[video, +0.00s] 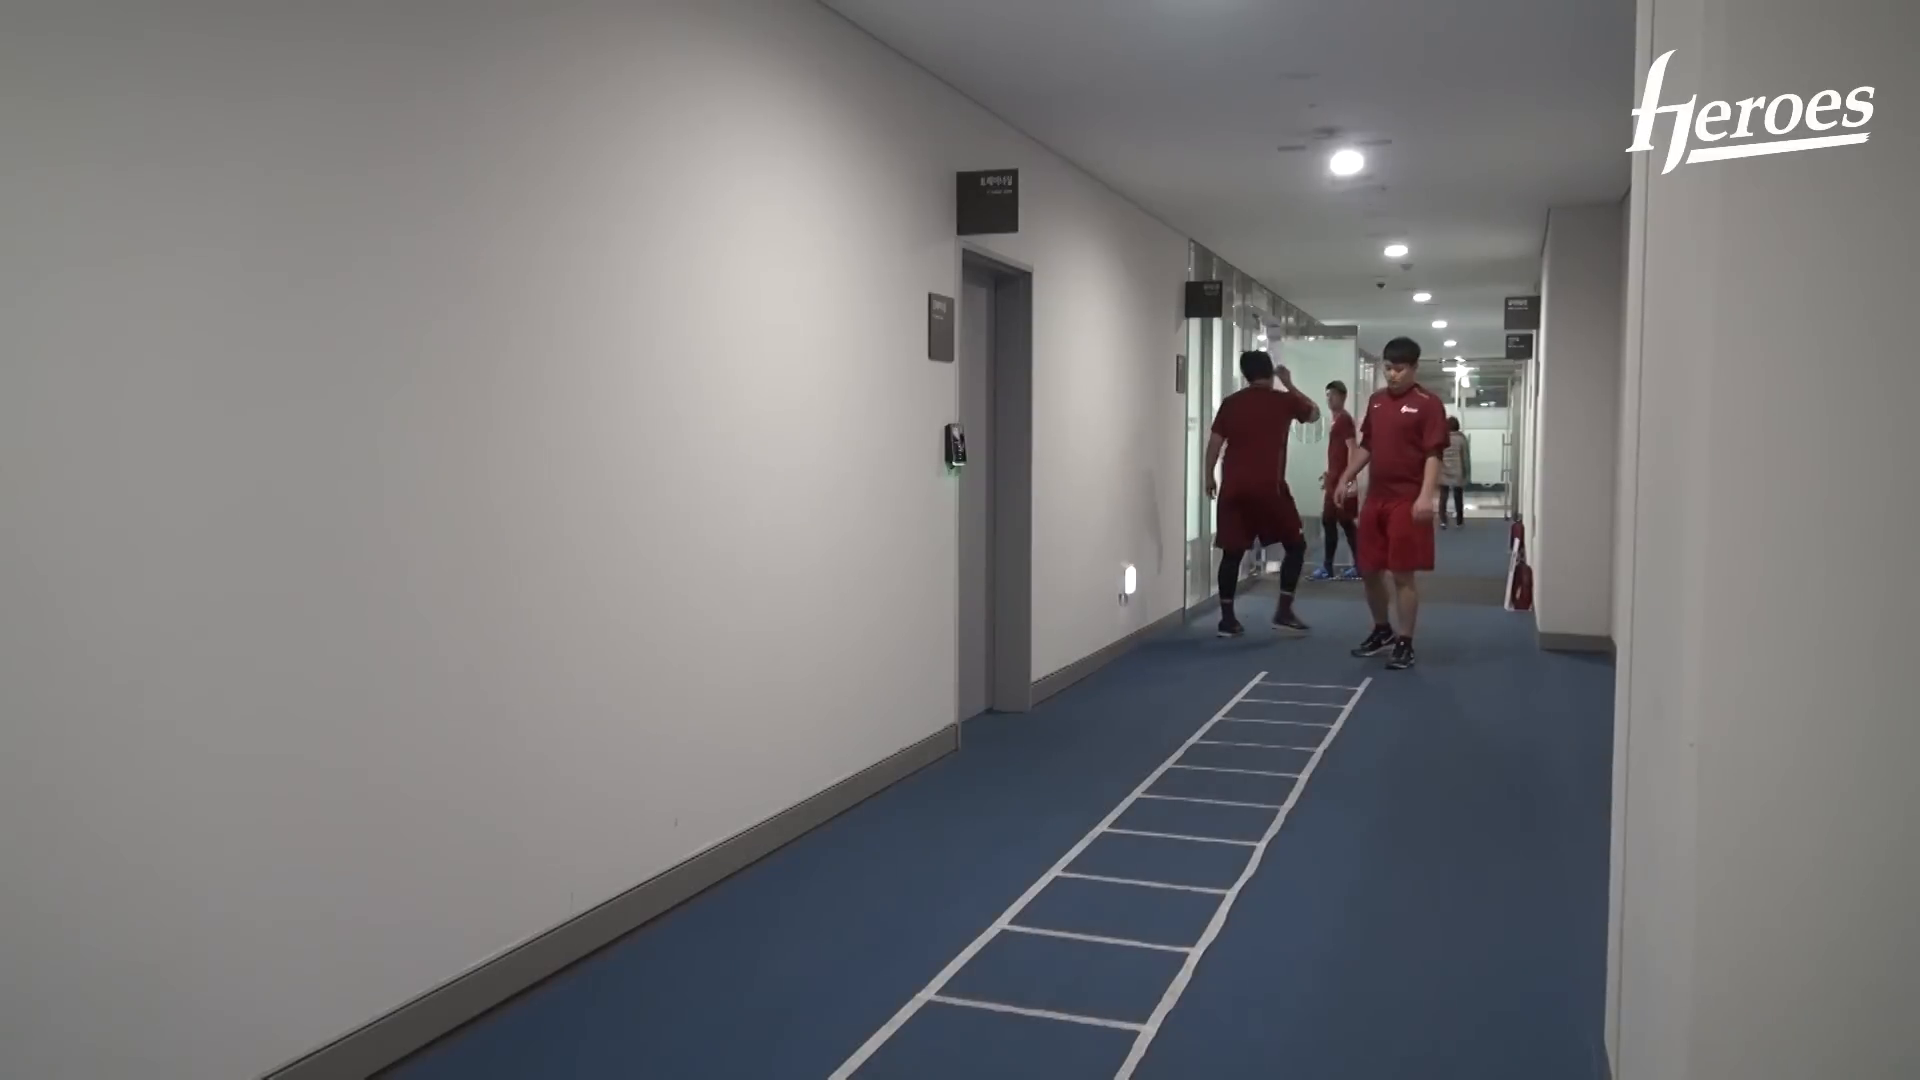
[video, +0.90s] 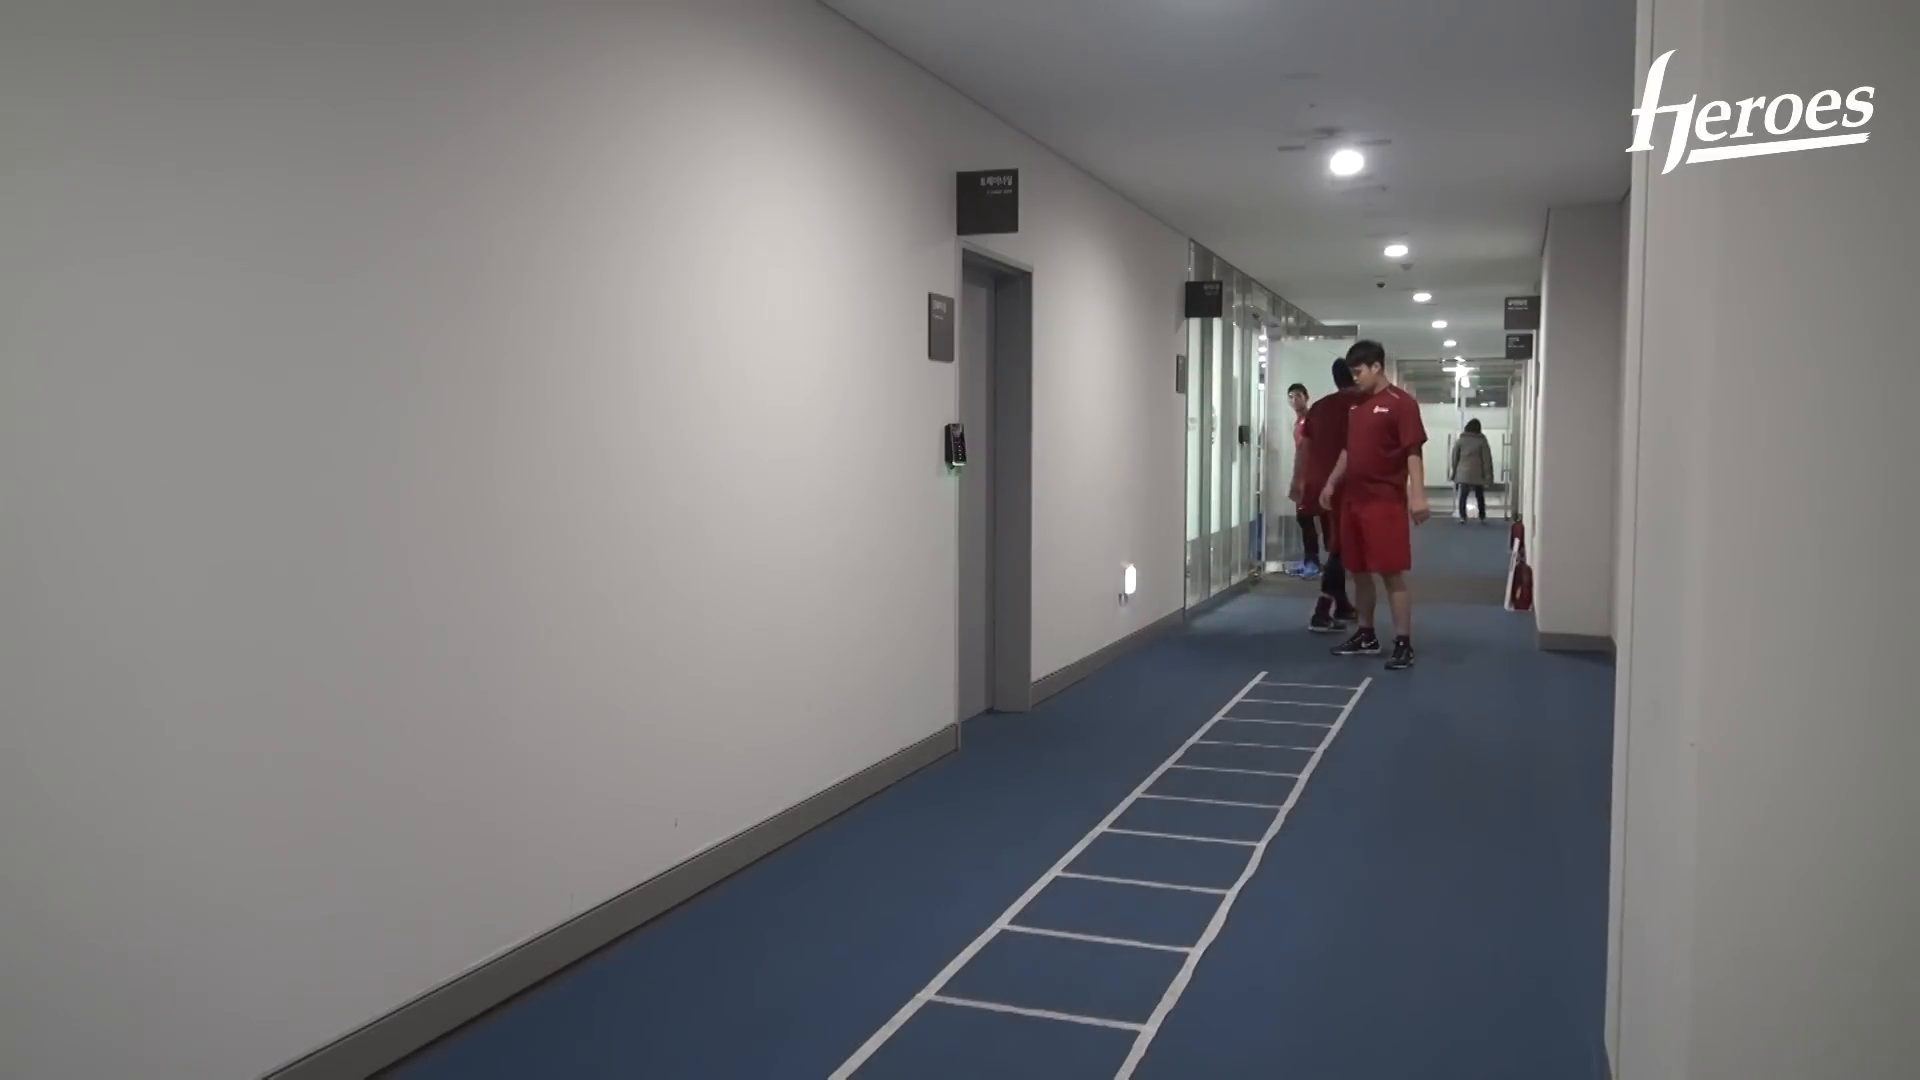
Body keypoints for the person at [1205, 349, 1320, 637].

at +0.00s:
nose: (1270, 377)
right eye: (1270, 372)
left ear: (1245, 375)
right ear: (1272, 373)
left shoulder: (1231, 402)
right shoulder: (1283, 400)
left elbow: (1215, 443)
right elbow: (1313, 413)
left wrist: (1208, 476)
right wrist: (1290, 385)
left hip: (1233, 489)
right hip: (1270, 488)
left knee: (1232, 553)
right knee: (1295, 545)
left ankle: (1227, 618)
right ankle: (1284, 611)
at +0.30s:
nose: (1308, 380)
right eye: (1308, 376)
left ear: (1282, 377)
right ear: (1308, 377)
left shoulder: (1267, 405)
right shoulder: (1315, 407)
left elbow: (1249, 444)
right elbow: (1348, 420)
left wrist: (1244, 478)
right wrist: (1329, 393)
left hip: (1266, 489)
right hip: (1300, 491)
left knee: (1254, 552)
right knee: (1308, 555)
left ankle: (1233, 610)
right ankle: (1318, 616)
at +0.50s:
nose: (1332, 377)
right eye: (1331, 373)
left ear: (1305, 374)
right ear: (1330, 374)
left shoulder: (1289, 401)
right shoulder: (1335, 402)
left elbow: (1271, 441)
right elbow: (1368, 415)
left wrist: (1266, 477)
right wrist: (1349, 387)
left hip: (1288, 482)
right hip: (1320, 484)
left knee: (1291, 541)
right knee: (1319, 548)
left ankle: (1266, 587)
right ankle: (1319, 615)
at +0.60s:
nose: (1341, 378)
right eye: (1340, 374)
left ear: (1314, 374)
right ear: (1338, 375)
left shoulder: (1296, 402)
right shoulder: (1342, 402)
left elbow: (1280, 442)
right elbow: (1373, 413)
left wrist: (1274, 477)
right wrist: (1356, 387)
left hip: (1296, 481)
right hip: (1325, 483)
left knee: (1303, 541)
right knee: (1323, 547)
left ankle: (1288, 597)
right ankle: (1319, 615)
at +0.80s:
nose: (1358, 382)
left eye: (1355, 376)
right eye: (1356, 377)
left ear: (1329, 377)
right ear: (1353, 377)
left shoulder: (1312, 404)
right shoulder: (1357, 407)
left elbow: (1295, 445)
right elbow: (1365, 448)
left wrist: (1288, 480)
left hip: (1310, 485)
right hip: (1340, 486)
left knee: (1324, 549)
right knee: (1329, 551)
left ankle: (1337, 605)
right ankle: (1320, 614)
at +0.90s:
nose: (1362, 377)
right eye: (1359, 372)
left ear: (1334, 378)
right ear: (1356, 374)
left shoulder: (1318, 407)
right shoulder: (1365, 402)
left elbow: (1304, 447)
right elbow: (1368, 448)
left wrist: (1298, 483)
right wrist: (1371, 482)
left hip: (1319, 485)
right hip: (1349, 485)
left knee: (1335, 547)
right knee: (1338, 548)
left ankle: (1343, 605)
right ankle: (1322, 611)